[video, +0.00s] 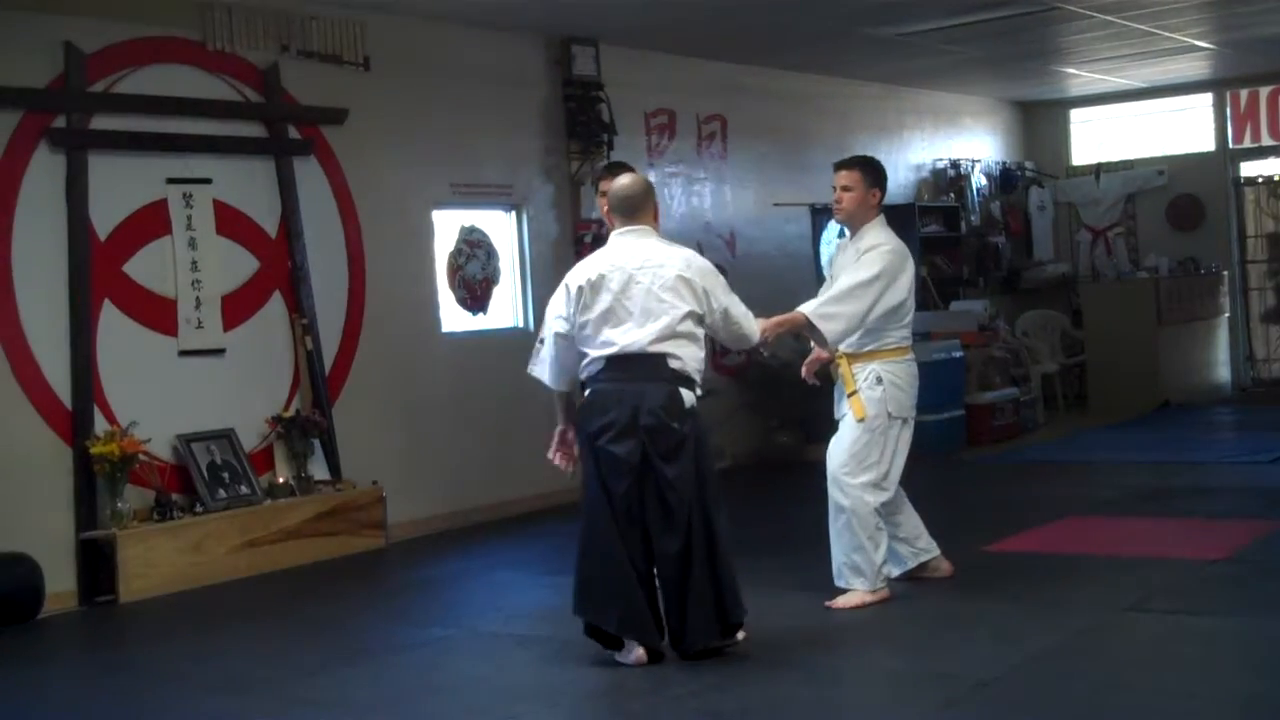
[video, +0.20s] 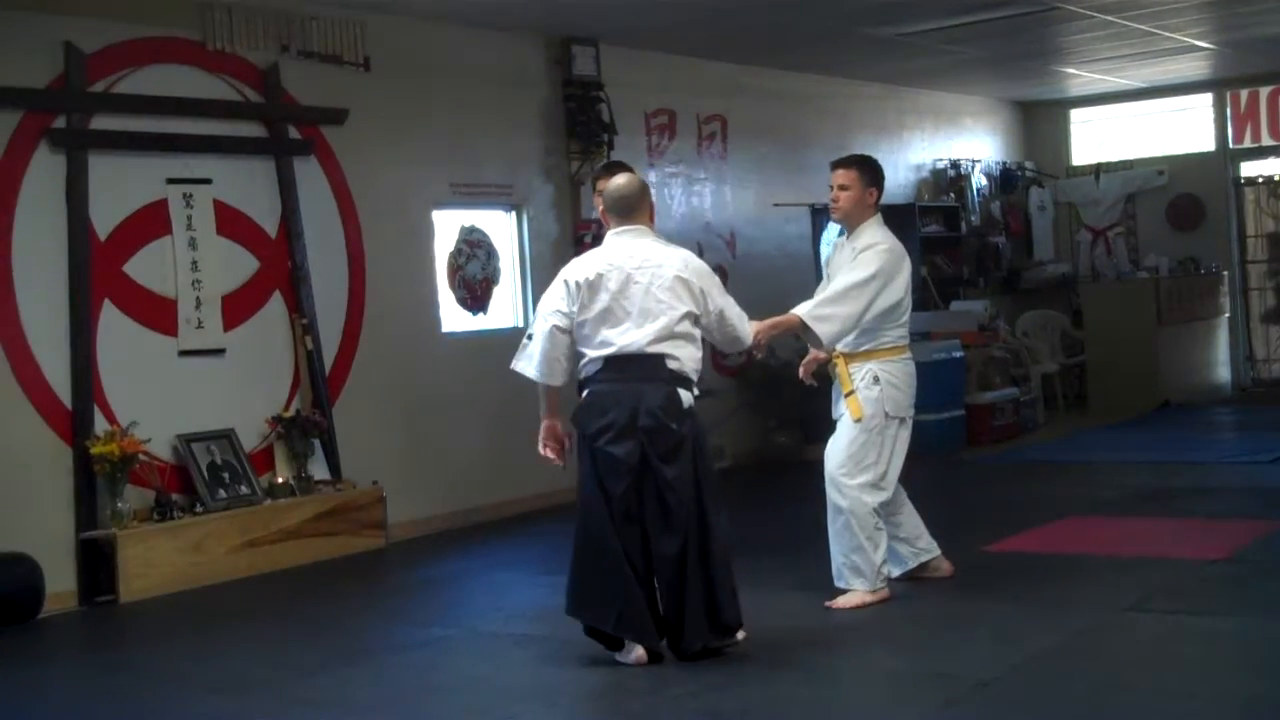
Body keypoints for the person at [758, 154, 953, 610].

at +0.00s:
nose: (836, 198)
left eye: (845, 190)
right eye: (834, 190)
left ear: (874, 197)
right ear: (838, 195)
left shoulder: (885, 250)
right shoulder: (851, 245)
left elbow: (841, 302)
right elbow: (849, 307)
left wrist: (783, 322)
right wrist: (827, 348)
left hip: (884, 374)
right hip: (856, 373)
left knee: (845, 465)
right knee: (869, 474)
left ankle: (868, 582)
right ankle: (925, 559)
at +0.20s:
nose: (833, 197)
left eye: (843, 189)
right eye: (832, 189)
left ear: (871, 196)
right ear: (835, 194)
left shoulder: (880, 250)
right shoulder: (847, 243)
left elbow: (833, 304)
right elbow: (843, 307)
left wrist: (770, 326)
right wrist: (823, 350)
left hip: (882, 373)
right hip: (855, 372)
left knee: (844, 466)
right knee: (869, 474)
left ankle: (867, 582)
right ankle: (925, 558)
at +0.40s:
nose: (829, 197)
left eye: (839, 189)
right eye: (829, 188)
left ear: (867, 196)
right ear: (834, 194)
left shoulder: (877, 251)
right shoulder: (843, 244)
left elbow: (828, 308)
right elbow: (843, 310)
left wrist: (764, 329)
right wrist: (824, 351)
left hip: (880, 374)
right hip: (854, 372)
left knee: (842, 467)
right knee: (870, 474)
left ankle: (867, 582)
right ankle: (925, 558)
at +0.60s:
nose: (827, 197)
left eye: (837, 189)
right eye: (826, 189)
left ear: (865, 196)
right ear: (832, 194)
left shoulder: (875, 251)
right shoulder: (837, 243)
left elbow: (827, 309)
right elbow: (837, 310)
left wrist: (764, 334)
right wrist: (821, 352)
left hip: (878, 373)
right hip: (851, 372)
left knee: (840, 468)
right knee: (869, 474)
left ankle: (867, 582)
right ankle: (926, 558)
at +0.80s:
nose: (827, 198)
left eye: (837, 190)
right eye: (826, 189)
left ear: (866, 197)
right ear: (827, 193)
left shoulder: (878, 253)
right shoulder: (834, 242)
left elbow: (841, 314)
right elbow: (826, 306)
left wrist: (778, 346)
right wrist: (815, 351)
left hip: (876, 374)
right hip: (848, 372)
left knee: (840, 469)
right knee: (869, 474)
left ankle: (866, 582)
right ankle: (926, 558)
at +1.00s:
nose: (831, 197)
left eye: (842, 190)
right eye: (830, 188)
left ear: (869, 198)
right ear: (831, 193)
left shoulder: (882, 254)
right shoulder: (833, 245)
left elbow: (856, 328)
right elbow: (810, 310)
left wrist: (817, 375)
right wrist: (801, 361)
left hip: (875, 373)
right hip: (846, 371)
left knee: (840, 470)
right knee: (868, 475)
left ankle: (864, 582)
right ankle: (926, 558)